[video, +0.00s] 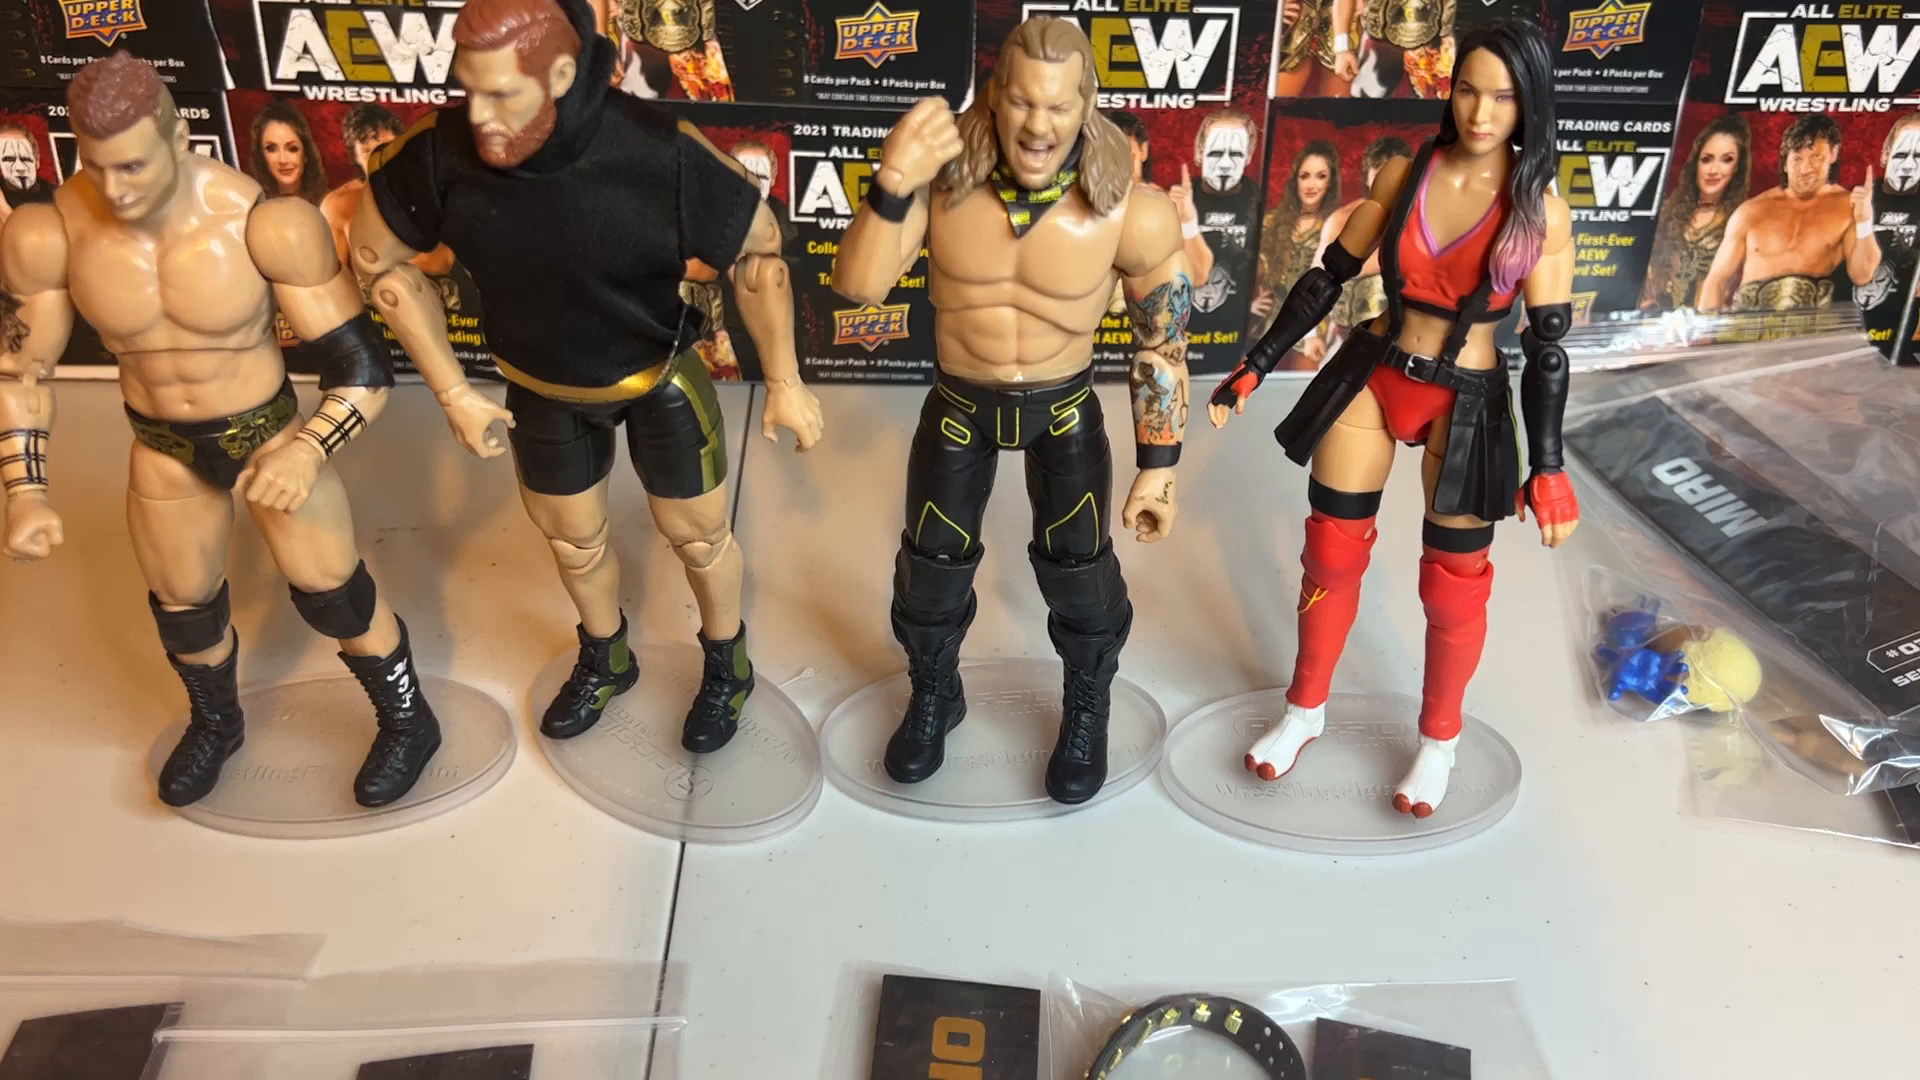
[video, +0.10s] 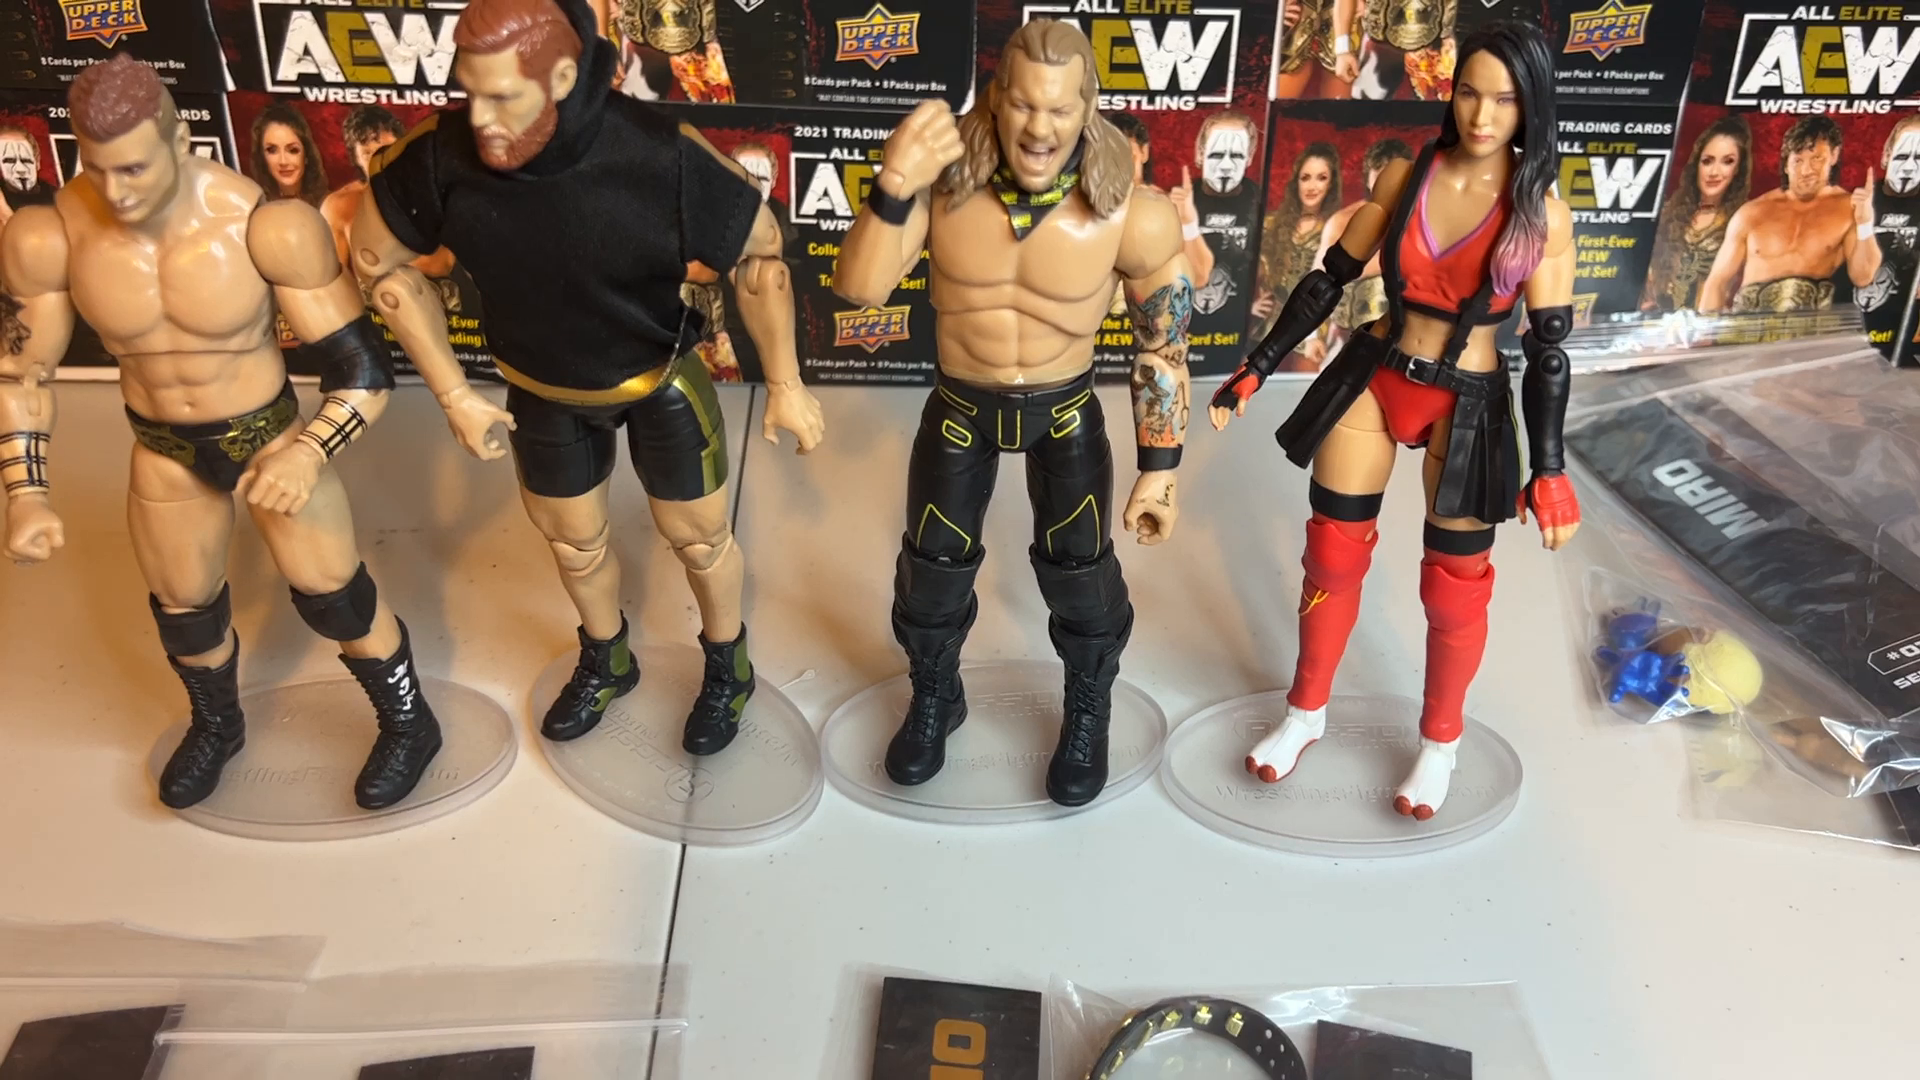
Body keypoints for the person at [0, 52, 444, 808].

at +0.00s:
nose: (117, 187)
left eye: (134, 166)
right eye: (100, 168)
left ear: (177, 137)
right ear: (80, 151)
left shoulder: (267, 224)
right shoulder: (54, 231)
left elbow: (362, 369)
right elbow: (21, 371)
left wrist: (311, 445)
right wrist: (21, 486)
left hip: (268, 440)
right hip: (161, 450)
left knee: (336, 598)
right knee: (185, 616)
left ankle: (408, 721)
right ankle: (216, 722)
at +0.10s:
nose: (118, 189)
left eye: (134, 168)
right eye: (101, 170)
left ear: (178, 139)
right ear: (80, 153)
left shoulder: (268, 227)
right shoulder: (54, 234)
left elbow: (363, 372)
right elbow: (23, 374)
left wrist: (311, 447)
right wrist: (22, 488)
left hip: (270, 442)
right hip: (161, 454)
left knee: (336, 600)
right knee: (186, 617)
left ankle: (409, 723)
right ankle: (216, 725)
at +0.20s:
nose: (118, 187)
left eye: (134, 166)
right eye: (100, 169)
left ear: (177, 138)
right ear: (80, 151)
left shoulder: (267, 224)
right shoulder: (54, 231)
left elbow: (362, 369)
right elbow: (22, 372)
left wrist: (310, 446)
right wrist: (21, 486)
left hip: (268, 440)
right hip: (161, 451)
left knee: (336, 599)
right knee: (186, 616)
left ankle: (408, 721)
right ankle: (216, 722)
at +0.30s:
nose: (118, 188)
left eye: (134, 168)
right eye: (100, 170)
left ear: (177, 138)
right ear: (80, 152)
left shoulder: (268, 225)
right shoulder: (53, 233)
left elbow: (362, 371)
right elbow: (23, 373)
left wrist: (310, 447)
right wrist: (21, 486)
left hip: (268, 441)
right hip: (161, 452)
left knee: (336, 598)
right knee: (186, 615)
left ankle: (408, 722)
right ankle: (216, 723)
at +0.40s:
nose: (118, 189)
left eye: (134, 168)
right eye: (100, 170)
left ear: (177, 138)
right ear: (80, 152)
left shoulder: (268, 225)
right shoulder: (53, 233)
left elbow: (362, 371)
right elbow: (23, 373)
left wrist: (310, 447)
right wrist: (21, 486)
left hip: (268, 441)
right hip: (161, 452)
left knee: (336, 599)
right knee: (186, 616)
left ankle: (408, 722)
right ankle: (216, 723)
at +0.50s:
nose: (118, 187)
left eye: (134, 167)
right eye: (100, 169)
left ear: (178, 138)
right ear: (80, 151)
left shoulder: (267, 224)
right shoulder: (54, 232)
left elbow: (362, 369)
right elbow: (22, 372)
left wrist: (310, 446)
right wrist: (21, 486)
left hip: (268, 441)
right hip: (161, 451)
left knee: (336, 599)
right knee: (186, 615)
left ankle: (408, 721)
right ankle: (216, 722)